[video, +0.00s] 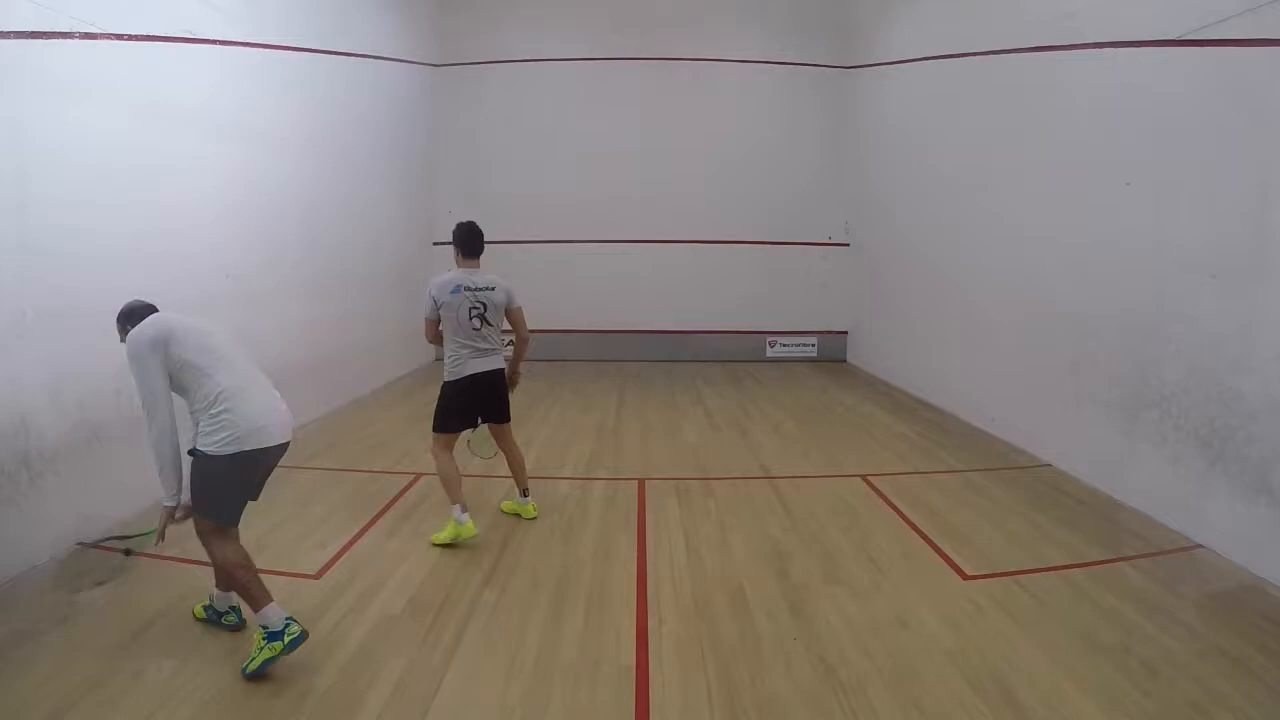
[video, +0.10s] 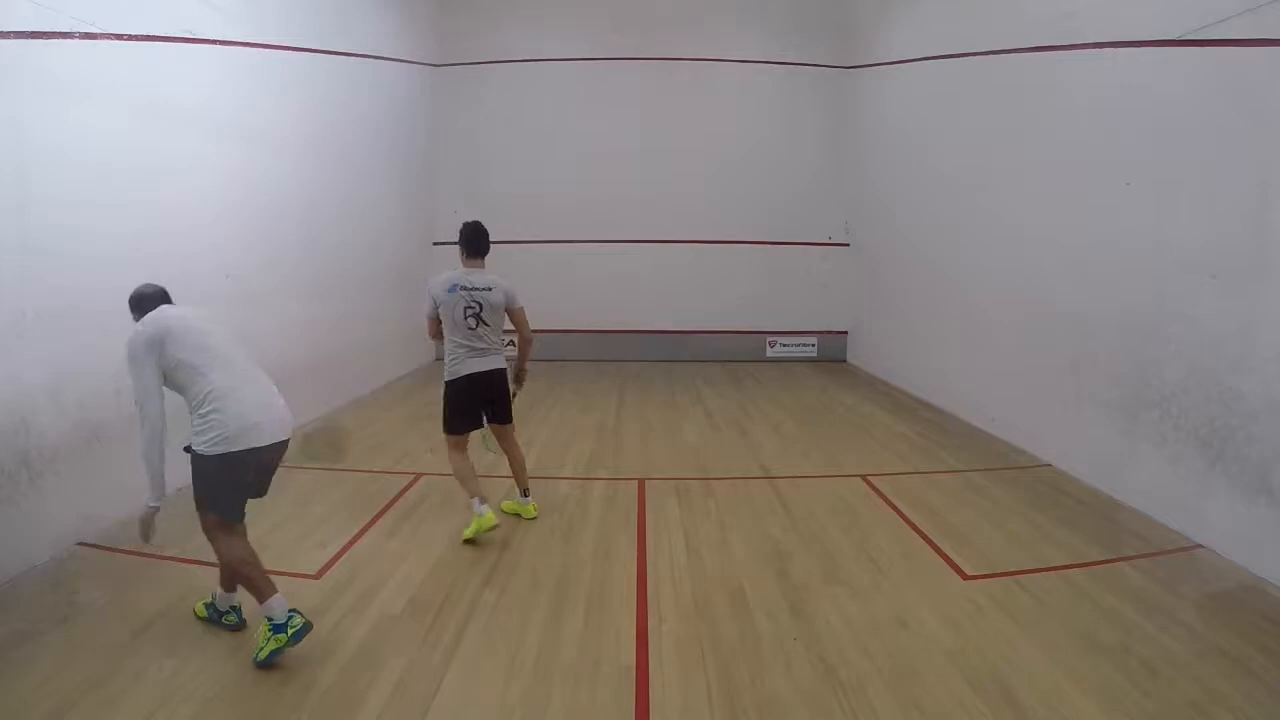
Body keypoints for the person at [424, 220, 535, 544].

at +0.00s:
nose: (458, 251)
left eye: (454, 246)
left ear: (454, 249)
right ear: (483, 250)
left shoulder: (439, 286)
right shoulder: (500, 286)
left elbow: (433, 336)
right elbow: (522, 334)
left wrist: (461, 341)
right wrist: (514, 368)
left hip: (458, 382)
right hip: (495, 377)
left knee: (442, 448)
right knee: (506, 440)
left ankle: (461, 518)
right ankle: (525, 500)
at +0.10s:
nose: (467, 252)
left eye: (463, 246)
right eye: (481, 248)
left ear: (460, 250)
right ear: (488, 250)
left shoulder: (439, 286)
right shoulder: (501, 288)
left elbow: (435, 333)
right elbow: (525, 334)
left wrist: (460, 326)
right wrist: (521, 368)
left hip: (460, 380)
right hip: (496, 375)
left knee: (457, 449)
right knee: (507, 438)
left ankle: (480, 509)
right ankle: (526, 501)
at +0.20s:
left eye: (467, 249)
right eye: (488, 250)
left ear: (463, 252)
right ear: (491, 252)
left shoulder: (443, 284)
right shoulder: (497, 289)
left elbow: (437, 330)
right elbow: (523, 335)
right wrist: (522, 369)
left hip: (457, 380)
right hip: (493, 376)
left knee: (477, 448)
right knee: (506, 437)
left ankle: (505, 500)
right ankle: (526, 500)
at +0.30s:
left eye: (466, 250)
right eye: (487, 252)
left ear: (461, 253)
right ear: (490, 254)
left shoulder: (442, 283)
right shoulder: (495, 289)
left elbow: (433, 332)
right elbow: (517, 341)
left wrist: (459, 320)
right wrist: (515, 370)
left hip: (454, 381)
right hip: (490, 377)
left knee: (476, 449)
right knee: (507, 441)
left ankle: (509, 494)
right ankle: (525, 499)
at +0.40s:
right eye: (476, 252)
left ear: (450, 254)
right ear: (479, 255)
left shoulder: (430, 287)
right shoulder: (491, 291)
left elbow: (423, 337)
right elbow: (511, 342)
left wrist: (453, 344)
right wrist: (500, 369)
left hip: (449, 384)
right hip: (486, 378)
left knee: (448, 448)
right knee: (504, 442)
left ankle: (490, 496)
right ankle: (525, 500)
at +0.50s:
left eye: (433, 255)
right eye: (453, 253)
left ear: (430, 258)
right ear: (459, 257)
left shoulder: (419, 292)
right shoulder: (479, 294)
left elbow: (406, 346)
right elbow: (498, 342)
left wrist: (434, 358)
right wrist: (484, 364)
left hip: (444, 390)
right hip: (480, 383)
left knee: (420, 449)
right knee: (497, 440)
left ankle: (454, 509)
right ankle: (524, 500)